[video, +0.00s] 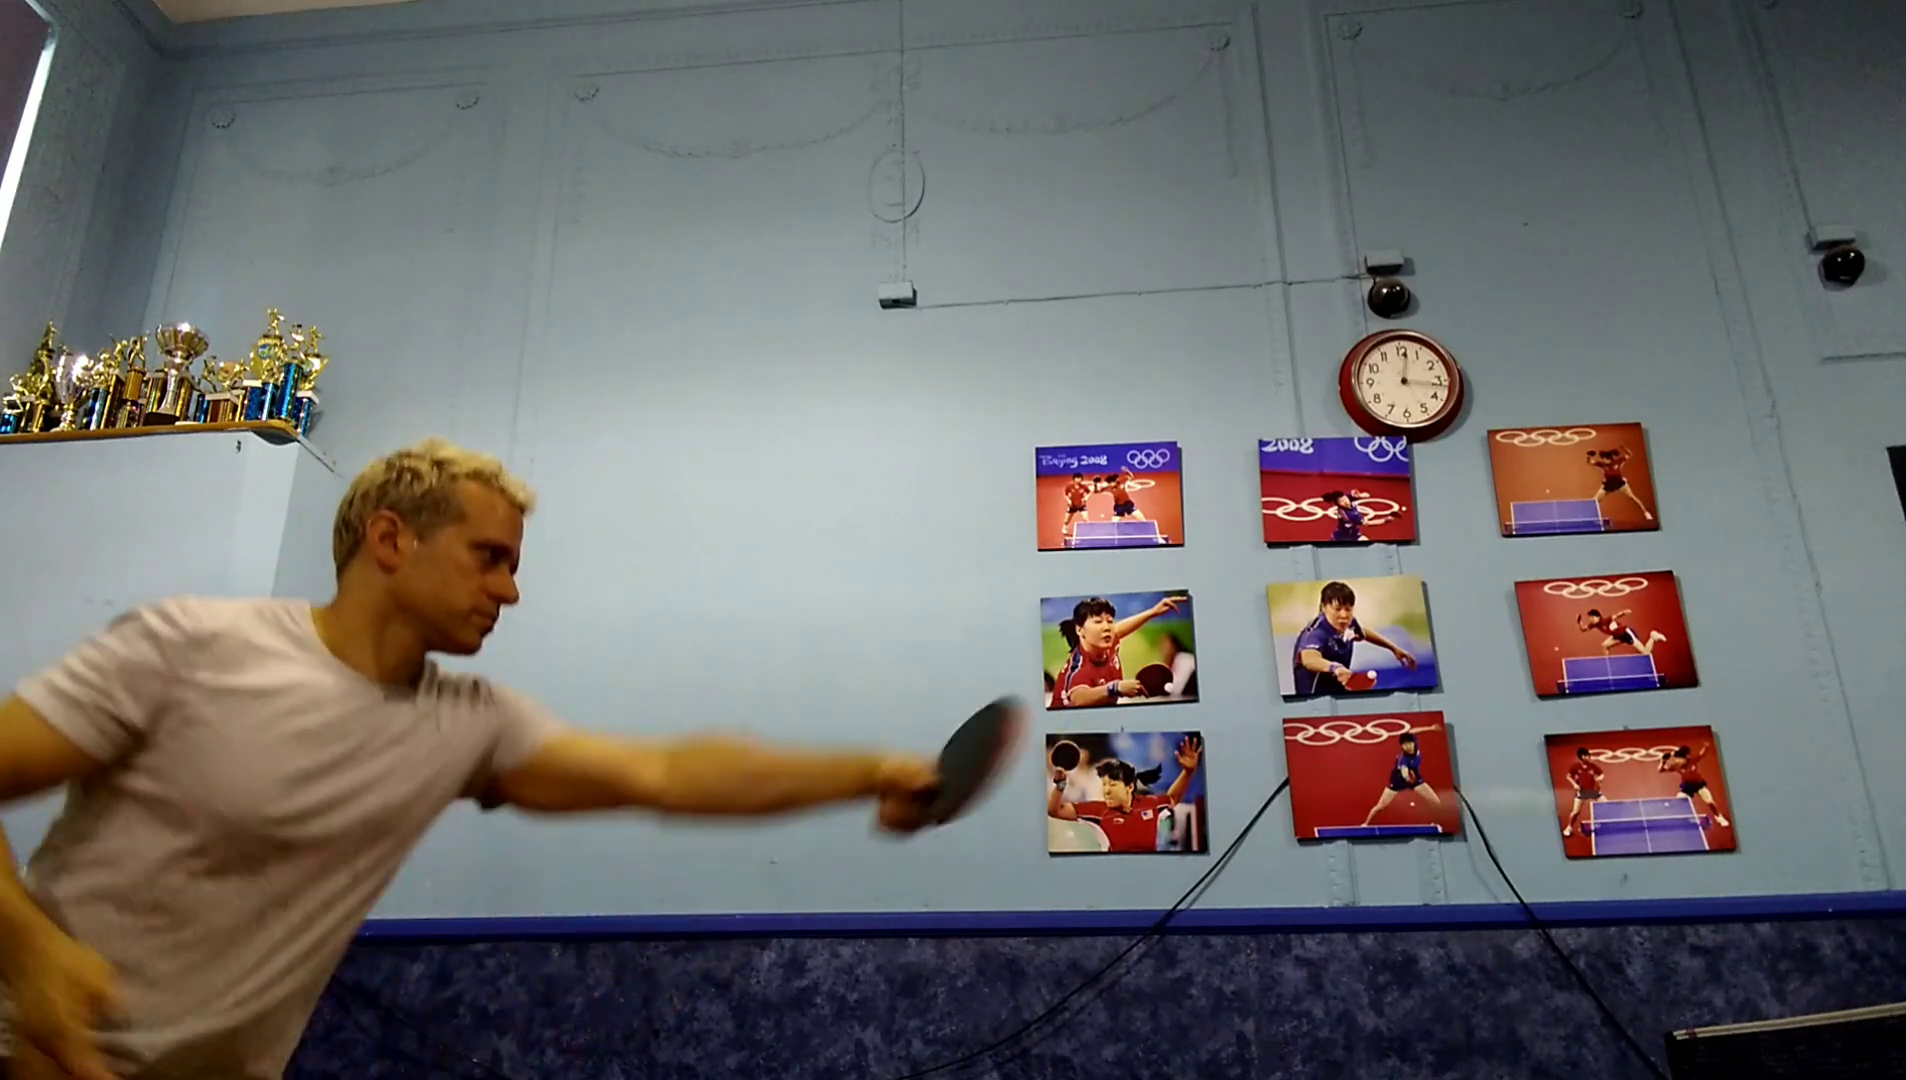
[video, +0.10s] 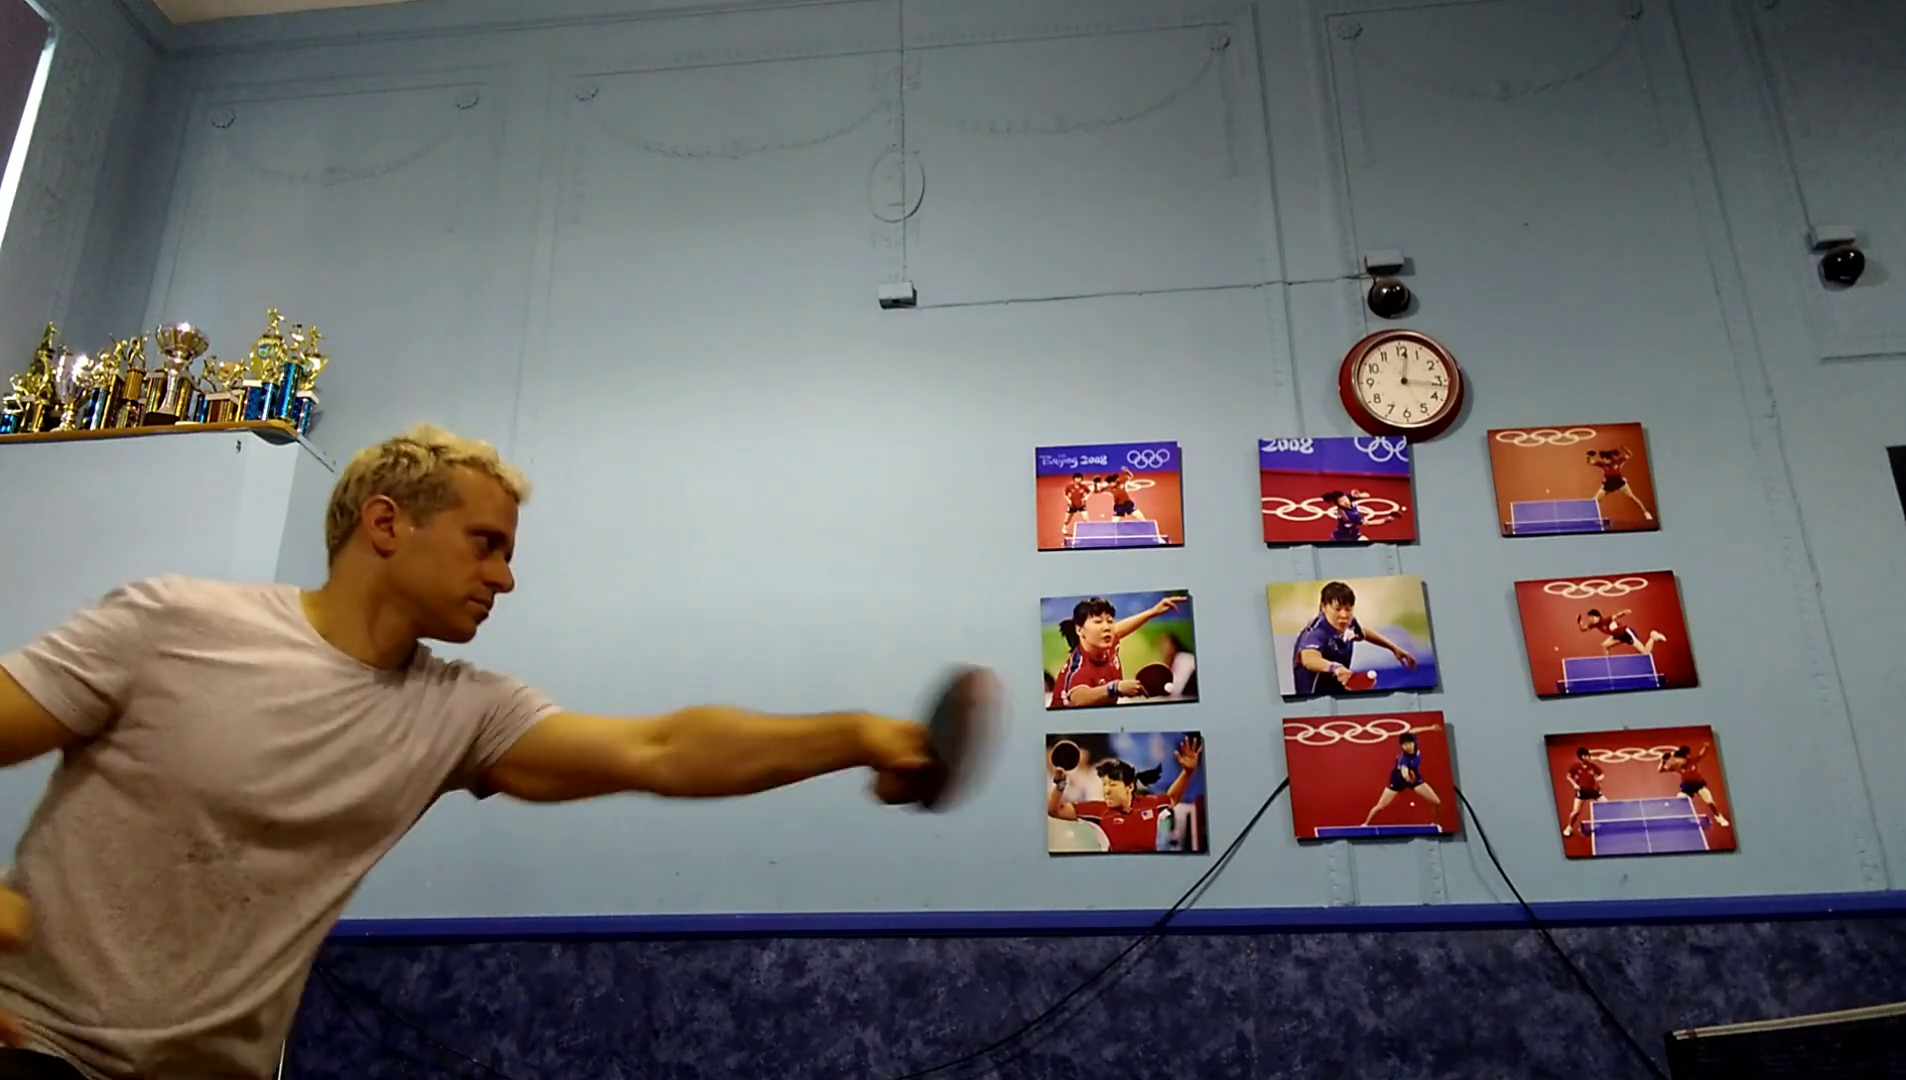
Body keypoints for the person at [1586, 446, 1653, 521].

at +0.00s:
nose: (1605, 461)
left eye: (1606, 459)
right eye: (1603, 459)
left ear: (1609, 458)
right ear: (1602, 459)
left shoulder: (1618, 462)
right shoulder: (1602, 464)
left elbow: (1629, 456)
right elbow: (1590, 463)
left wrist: (1624, 449)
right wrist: (1589, 457)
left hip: (1620, 482)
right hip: (1608, 483)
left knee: (1632, 497)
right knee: (1595, 499)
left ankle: (1645, 512)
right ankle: (1591, 519)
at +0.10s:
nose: (1605, 461)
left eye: (1606, 459)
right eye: (1603, 459)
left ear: (1609, 458)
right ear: (1602, 459)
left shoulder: (1618, 462)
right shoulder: (1602, 464)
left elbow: (1629, 456)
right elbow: (1590, 463)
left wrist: (1624, 449)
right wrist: (1589, 457)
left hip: (1620, 482)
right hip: (1608, 483)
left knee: (1632, 497)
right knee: (1595, 500)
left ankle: (1645, 512)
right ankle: (1591, 519)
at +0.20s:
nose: (1604, 461)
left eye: (1606, 459)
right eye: (1603, 459)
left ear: (1609, 458)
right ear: (1602, 459)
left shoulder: (1618, 462)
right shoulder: (1602, 464)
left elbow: (1629, 456)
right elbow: (1590, 463)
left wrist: (1624, 449)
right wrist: (1589, 456)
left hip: (1620, 482)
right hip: (1608, 483)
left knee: (1632, 497)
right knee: (1595, 500)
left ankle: (1645, 512)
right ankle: (1591, 519)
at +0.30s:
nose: (1604, 461)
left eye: (1606, 459)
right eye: (1603, 459)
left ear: (1609, 458)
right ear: (1603, 459)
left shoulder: (1618, 462)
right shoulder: (1602, 464)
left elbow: (1629, 456)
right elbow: (1590, 463)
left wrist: (1624, 448)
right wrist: (1589, 457)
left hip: (1620, 482)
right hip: (1608, 483)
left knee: (1632, 497)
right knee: (1595, 499)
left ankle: (1645, 512)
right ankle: (1591, 519)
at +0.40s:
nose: (1605, 461)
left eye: (1606, 459)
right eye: (1603, 459)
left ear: (1609, 458)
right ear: (1603, 459)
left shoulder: (1618, 462)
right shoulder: (1602, 464)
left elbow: (1629, 456)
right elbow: (1590, 463)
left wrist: (1624, 448)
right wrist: (1589, 457)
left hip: (1620, 482)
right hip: (1608, 483)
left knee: (1632, 497)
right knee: (1595, 499)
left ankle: (1645, 512)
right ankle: (1591, 519)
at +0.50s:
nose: (1604, 461)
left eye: (1606, 459)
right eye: (1603, 459)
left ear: (1609, 458)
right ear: (1603, 459)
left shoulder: (1618, 462)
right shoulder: (1602, 464)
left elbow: (1629, 456)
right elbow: (1590, 463)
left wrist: (1624, 448)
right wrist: (1589, 457)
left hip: (1620, 482)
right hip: (1608, 483)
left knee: (1632, 497)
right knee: (1595, 499)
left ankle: (1645, 512)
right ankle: (1591, 519)